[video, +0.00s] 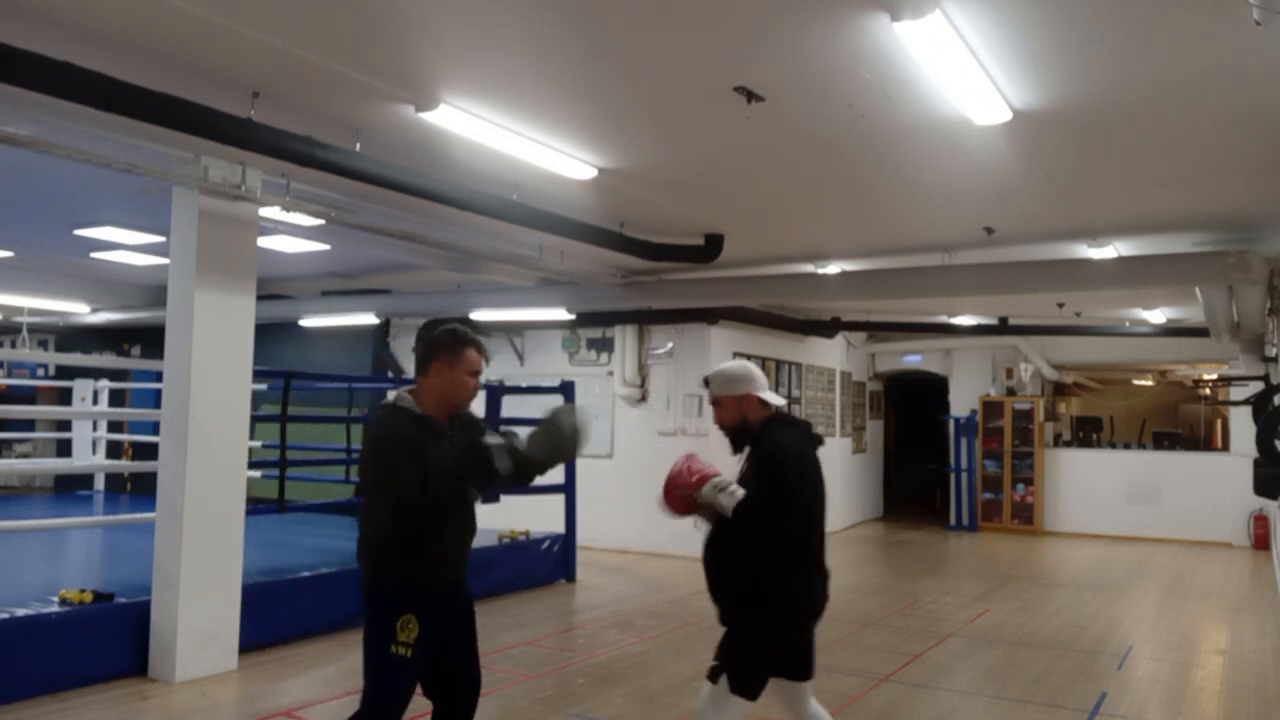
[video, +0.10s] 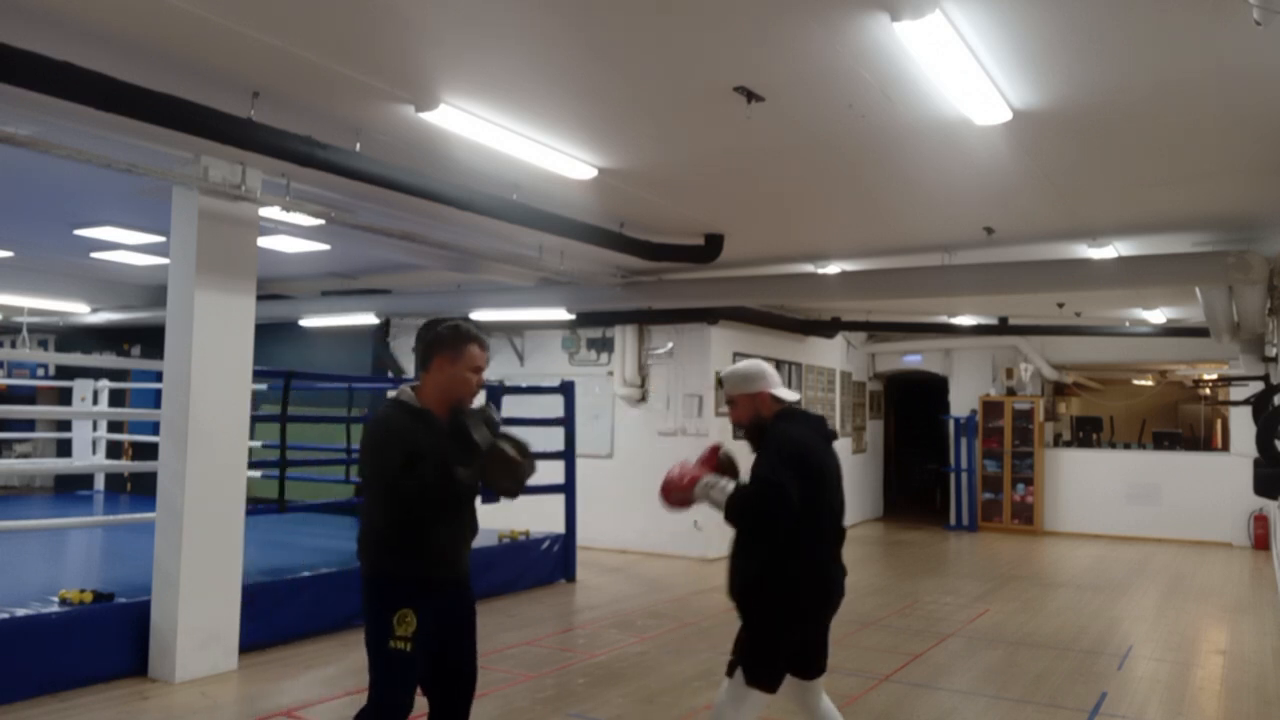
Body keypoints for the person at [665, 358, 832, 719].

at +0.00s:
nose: (715, 418)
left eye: (718, 405)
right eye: (713, 406)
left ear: (747, 400)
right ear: (749, 401)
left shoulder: (777, 447)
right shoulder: (780, 442)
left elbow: (773, 529)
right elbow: (757, 532)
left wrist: (719, 489)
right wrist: (706, 508)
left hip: (768, 608)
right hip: (791, 603)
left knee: (714, 707)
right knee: (798, 702)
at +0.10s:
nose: (730, 415)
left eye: (733, 404)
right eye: (728, 406)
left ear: (761, 398)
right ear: (764, 399)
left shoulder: (783, 440)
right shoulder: (803, 432)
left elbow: (761, 515)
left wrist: (707, 486)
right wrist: (732, 482)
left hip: (781, 599)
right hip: (812, 591)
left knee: (735, 703)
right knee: (807, 695)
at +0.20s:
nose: (737, 406)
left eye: (740, 394)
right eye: (736, 396)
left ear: (768, 389)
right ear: (775, 388)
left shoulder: (788, 428)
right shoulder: (814, 421)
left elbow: (764, 497)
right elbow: (777, 488)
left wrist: (722, 456)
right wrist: (732, 450)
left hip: (788, 586)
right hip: (824, 580)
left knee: (739, 696)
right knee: (814, 691)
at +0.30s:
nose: (743, 402)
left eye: (746, 391)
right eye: (741, 392)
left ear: (774, 386)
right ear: (777, 386)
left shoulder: (793, 426)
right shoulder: (817, 419)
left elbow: (759, 492)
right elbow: (767, 485)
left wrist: (715, 446)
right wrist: (724, 445)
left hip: (791, 583)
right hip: (824, 576)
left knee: (756, 700)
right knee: (817, 692)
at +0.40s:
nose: (741, 402)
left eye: (745, 391)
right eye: (740, 392)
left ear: (774, 387)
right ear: (778, 387)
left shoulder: (793, 428)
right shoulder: (813, 421)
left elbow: (757, 495)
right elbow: (766, 487)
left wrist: (716, 447)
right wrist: (727, 445)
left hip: (790, 587)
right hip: (820, 580)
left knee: (756, 700)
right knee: (812, 692)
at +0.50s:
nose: (739, 408)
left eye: (743, 397)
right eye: (737, 398)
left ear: (772, 392)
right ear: (775, 392)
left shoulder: (797, 435)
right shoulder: (807, 427)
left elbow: (761, 509)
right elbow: (767, 496)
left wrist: (716, 463)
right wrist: (727, 456)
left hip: (794, 593)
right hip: (819, 586)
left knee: (726, 697)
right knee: (805, 693)